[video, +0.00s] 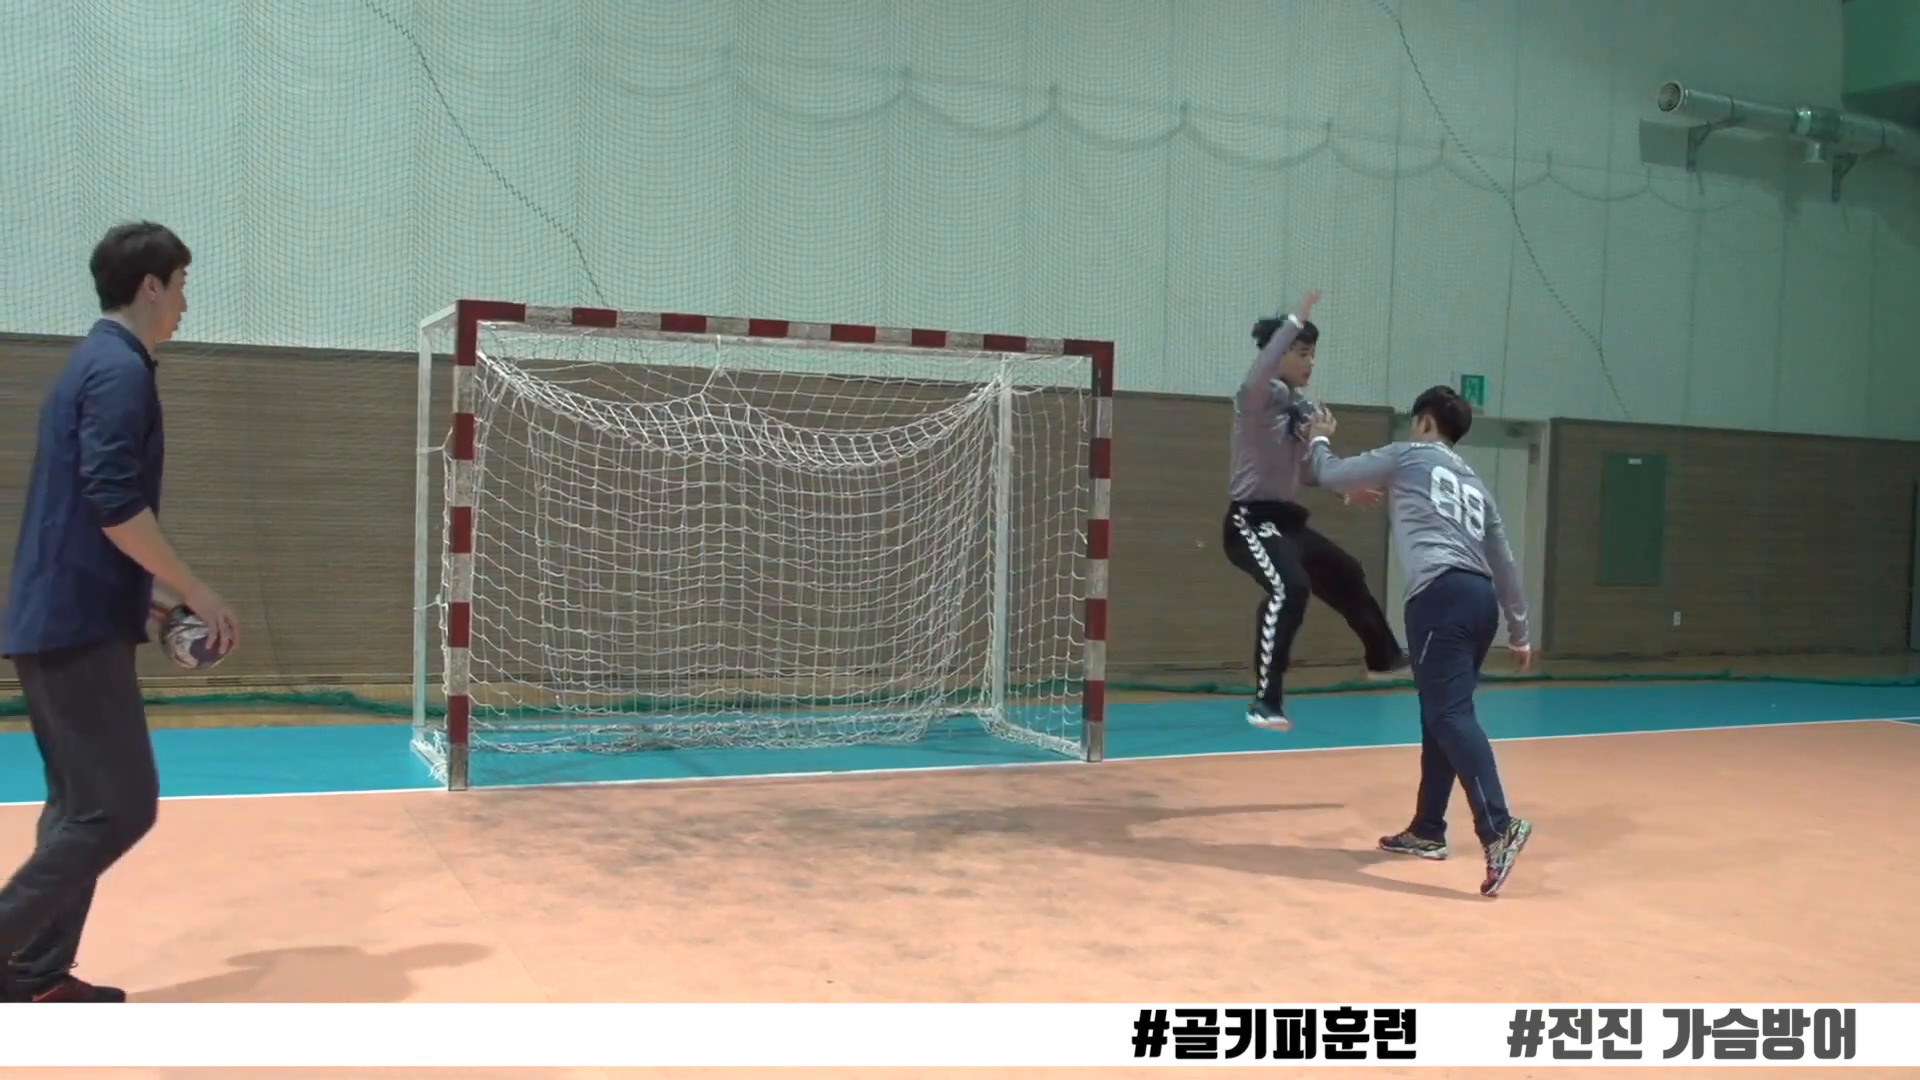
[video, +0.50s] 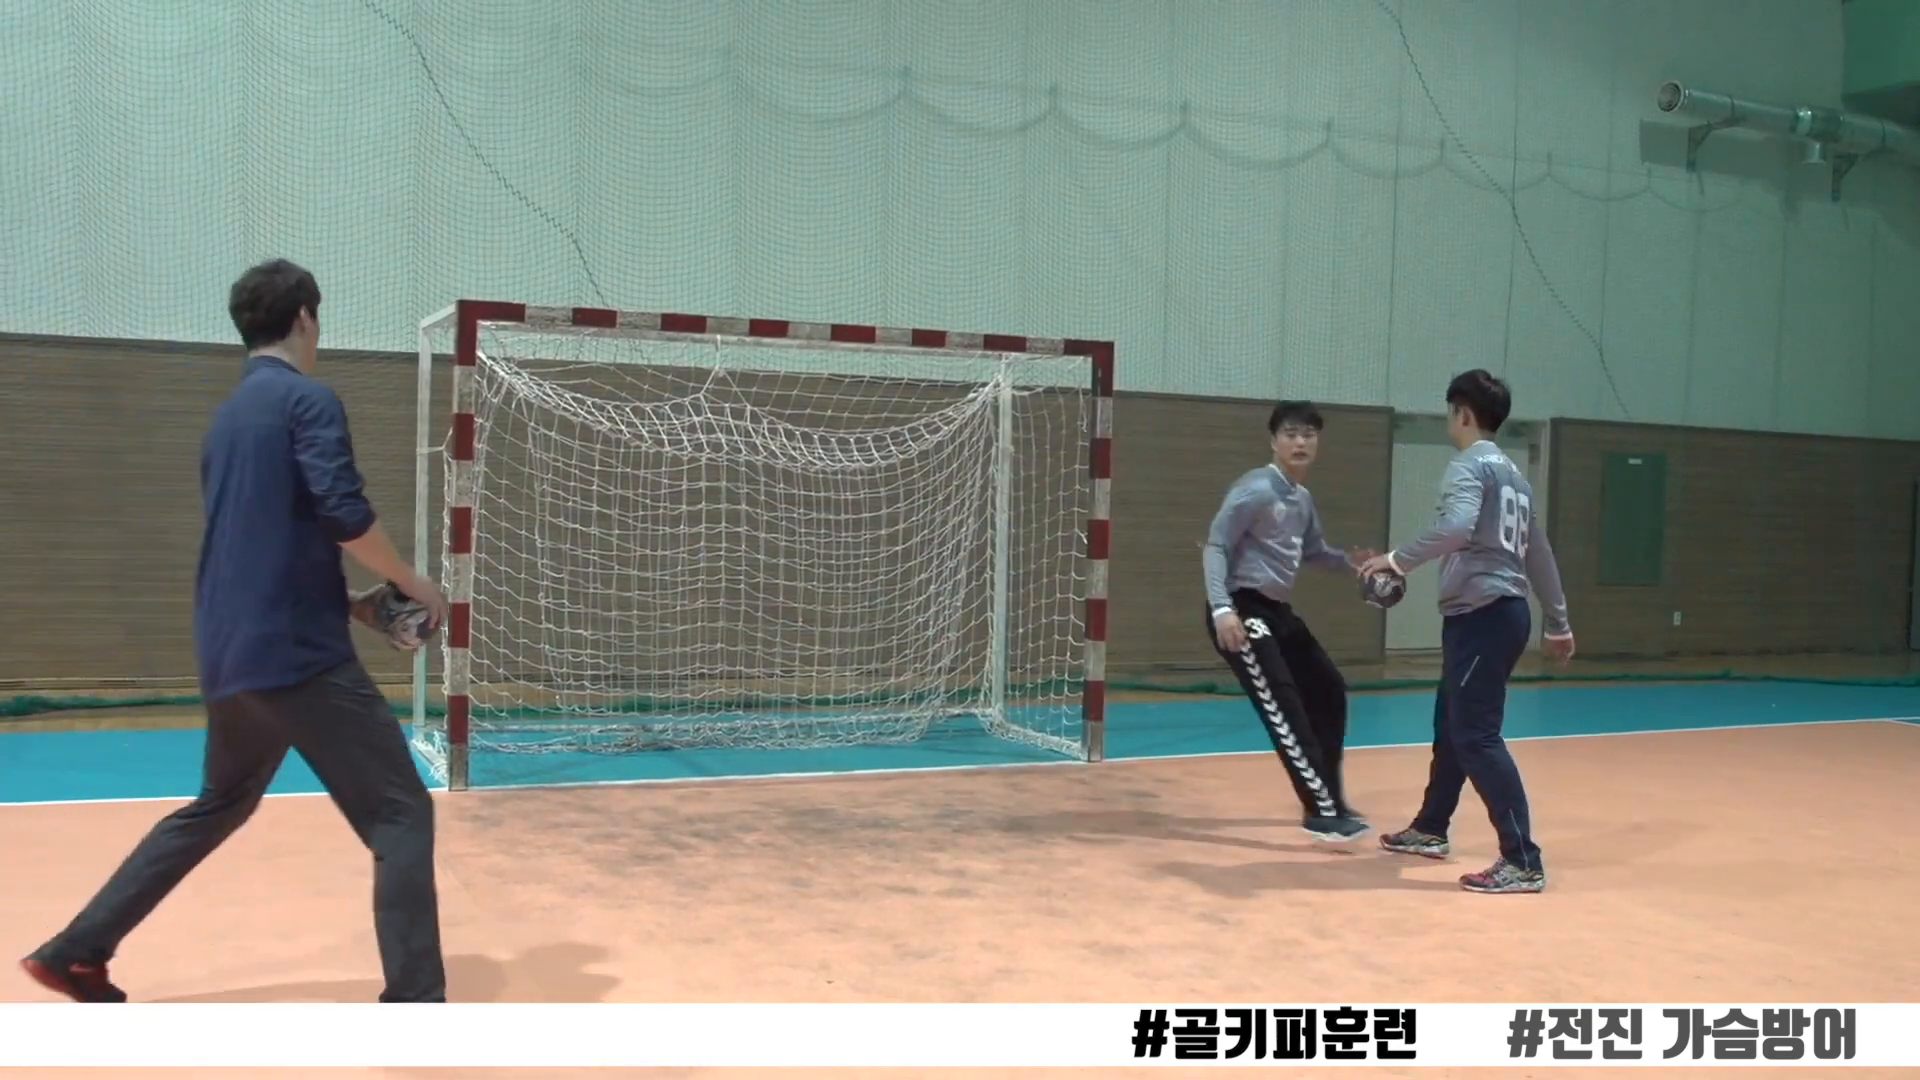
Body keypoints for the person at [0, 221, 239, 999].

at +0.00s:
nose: (185, 300)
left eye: (184, 285)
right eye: (181, 286)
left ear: (125, 288)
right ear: (153, 287)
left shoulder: (93, 362)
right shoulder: (120, 366)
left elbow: (84, 520)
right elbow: (113, 502)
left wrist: (151, 608)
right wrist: (194, 588)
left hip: (55, 619)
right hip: (73, 621)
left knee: (78, 801)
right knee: (123, 803)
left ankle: (39, 970)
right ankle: (11, 942)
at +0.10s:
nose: (205, 307)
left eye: (205, 291)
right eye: (203, 291)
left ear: (144, 292)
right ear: (176, 290)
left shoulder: (107, 368)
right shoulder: (150, 369)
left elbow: (114, 518)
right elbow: (152, 503)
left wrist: (188, 599)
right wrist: (232, 588)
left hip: (65, 627)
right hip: (106, 626)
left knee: (91, 799)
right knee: (187, 797)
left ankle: (34, 974)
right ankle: (88, 969)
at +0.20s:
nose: (229, 312)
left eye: (228, 297)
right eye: (227, 297)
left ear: (166, 299)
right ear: (201, 296)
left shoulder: (129, 375)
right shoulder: (184, 373)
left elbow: (134, 525)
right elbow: (193, 500)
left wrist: (214, 593)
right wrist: (272, 585)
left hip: (96, 628)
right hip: (142, 629)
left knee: (100, 802)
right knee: (236, 795)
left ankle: (39, 975)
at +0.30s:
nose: (256, 317)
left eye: (253, 303)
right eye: (254, 303)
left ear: (189, 308)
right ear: (236, 303)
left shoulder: (157, 389)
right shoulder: (222, 380)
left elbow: (169, 532)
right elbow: (232, 502)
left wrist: (250, 595)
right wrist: (311, 587)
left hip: (131, 637)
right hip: (186, 636)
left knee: (117, 805)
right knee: (285, 799)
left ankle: (41, 974)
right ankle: (345, 975)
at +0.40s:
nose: (289, 321)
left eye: (285, 307)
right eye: (286, 309)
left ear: (217, 318)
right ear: (271, 313)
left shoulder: (190, 402)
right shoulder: (263, 393)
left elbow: (212, 544)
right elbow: (285, 512)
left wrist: (300, 603)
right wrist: (361, 582)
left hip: (180, 651)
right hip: (243, 652)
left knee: (140, 816)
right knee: (342, 812)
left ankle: (44, 973)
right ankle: (399, 989)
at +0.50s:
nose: (321, 327)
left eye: (315, 314)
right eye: (318, 315)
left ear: (251, 329)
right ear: (305, 320)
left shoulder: (230, 416)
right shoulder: (308, 401)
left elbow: (264, 549)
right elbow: (344, 516)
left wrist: (354, 603)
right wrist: (415, 580)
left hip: (231, 651)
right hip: (295, 650)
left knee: (221, 804)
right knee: (401, 811)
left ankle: (78, 949)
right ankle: (416, 1003)